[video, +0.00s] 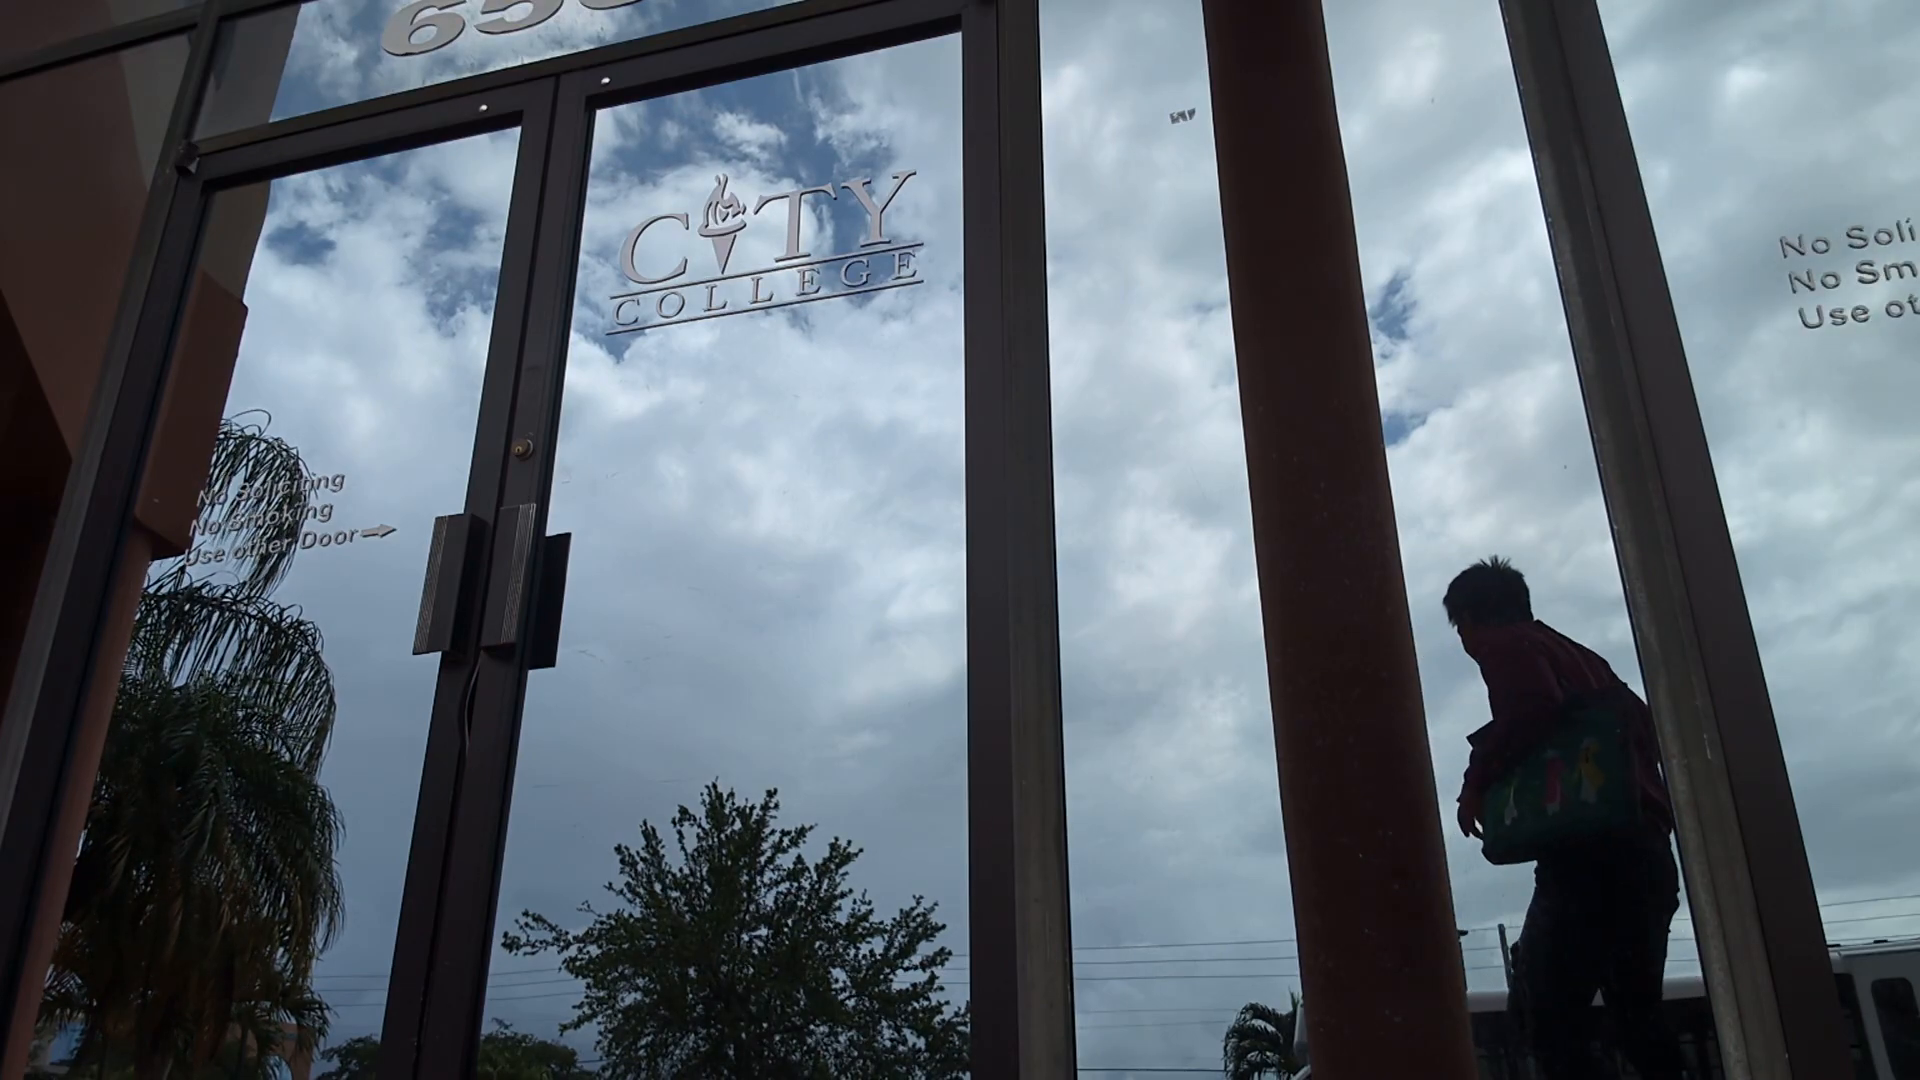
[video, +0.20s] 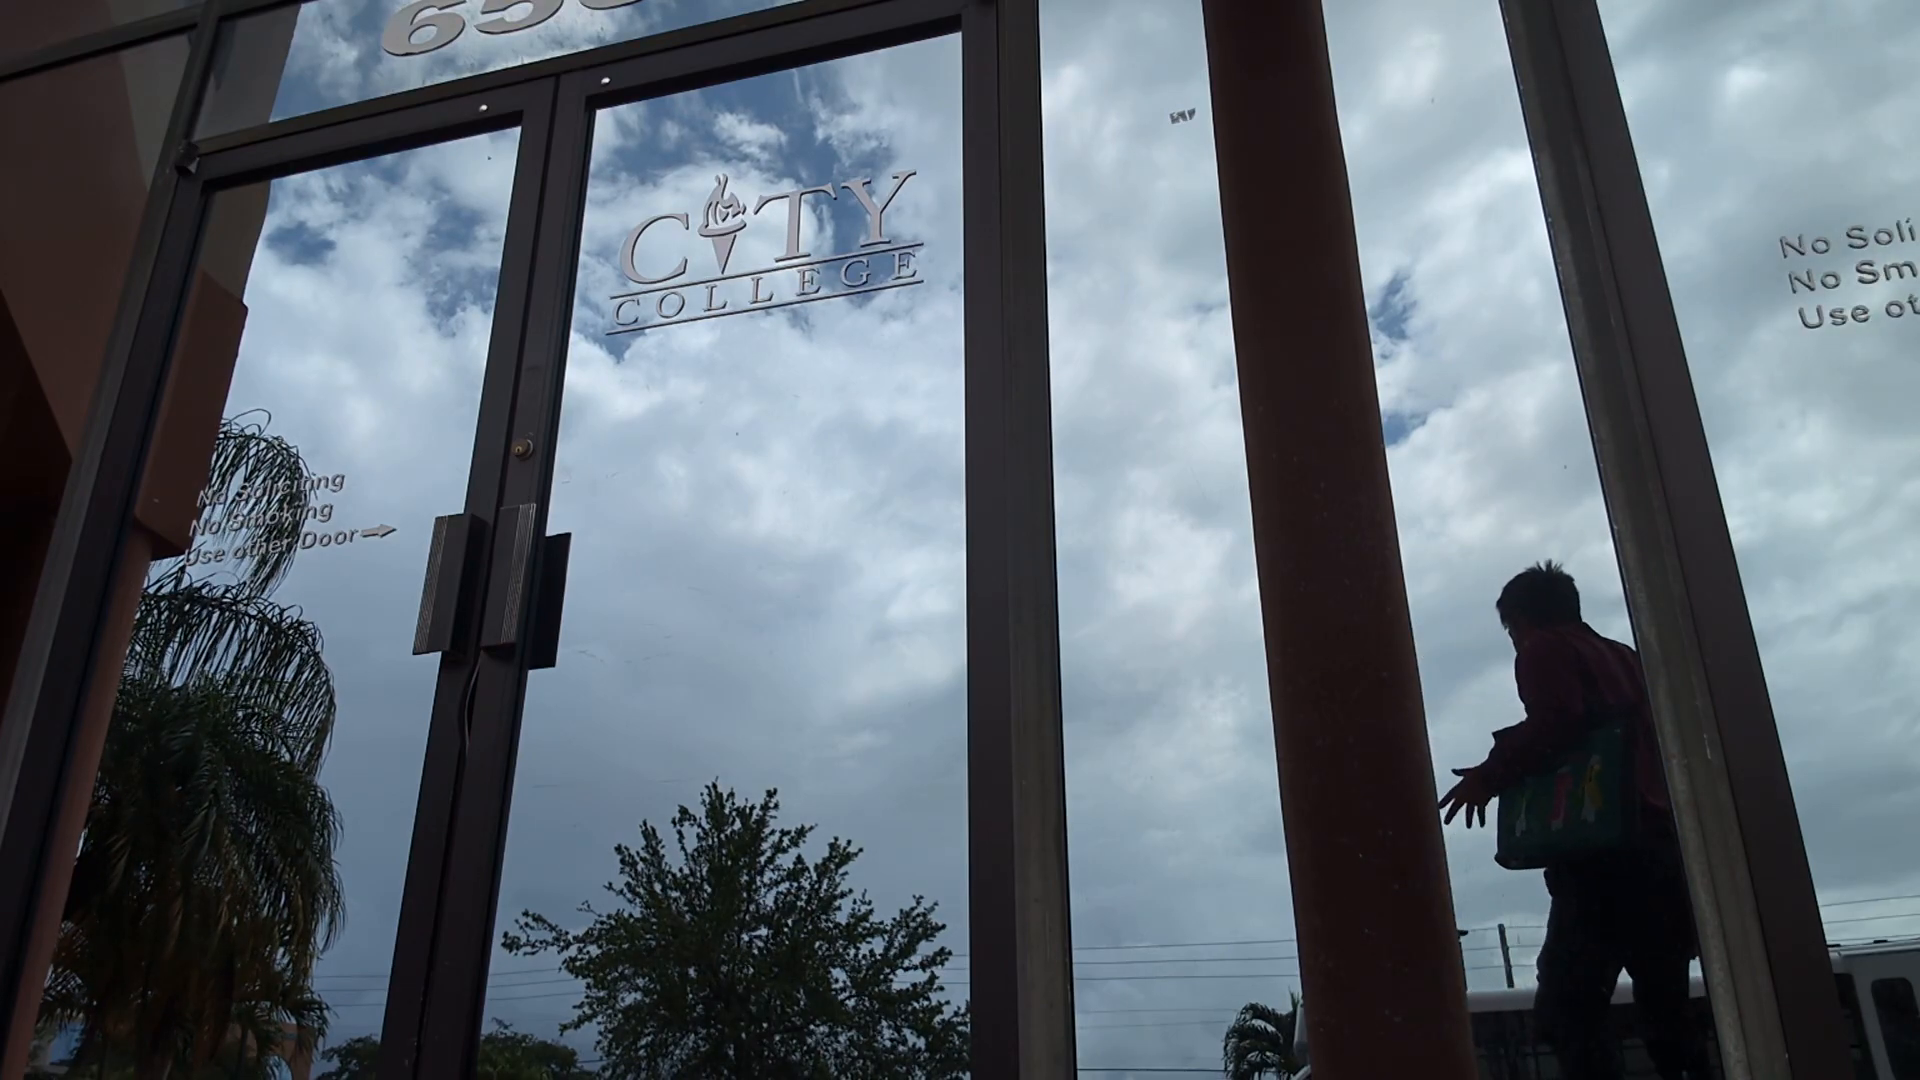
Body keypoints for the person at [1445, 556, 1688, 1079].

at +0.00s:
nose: (1462, 640)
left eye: (1460, 626)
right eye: (1458, 628)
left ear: (1476, 617)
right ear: (1519, 606)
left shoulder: (1503, 643)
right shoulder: (1583, 656)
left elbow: (1534, 706)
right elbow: (1643, 720)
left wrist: (1479, 774)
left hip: (1583, 859)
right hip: (1647, 856)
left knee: (1548, 1011)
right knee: (1636, 1011)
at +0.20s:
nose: (1513, 640)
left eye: (1512, 628)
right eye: (1510, 630)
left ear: (1527, 617)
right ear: (1571, 609)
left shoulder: (1540, 649)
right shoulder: (1625, 656)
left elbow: (1559, 721)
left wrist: (1492, 771)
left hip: (1594, 859)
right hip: (1661, 850)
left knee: (1570, 1004)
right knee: (1666, 1007)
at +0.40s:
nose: (1537, 634)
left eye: (1538, 622)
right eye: (1535, 623)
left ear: (1555, 613)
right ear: (1595, 608)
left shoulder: (1562, 650)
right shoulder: (1636, 654)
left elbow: (1562, 727)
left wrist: (1484, 752)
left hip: (1607, 858)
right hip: (1667, 847)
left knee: (1573, 1000)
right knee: (1687, 997)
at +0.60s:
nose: (1546, 643)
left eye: (1546, 631)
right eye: (1544, 633)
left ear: (1562, 624)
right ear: (1603, 620)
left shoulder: (1566, 662)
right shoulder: (1641, 664)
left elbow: (1541, 730)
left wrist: (1456, 736)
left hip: (1603, 864)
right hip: (1669, 854)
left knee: (1601, 1014)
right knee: (1686, 998)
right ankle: (1702, 1068)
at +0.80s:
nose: (1538, 660)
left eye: (1539, 649)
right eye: (1536, 650)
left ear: (1554, 642)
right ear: (1596, 639)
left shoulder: (1556, 680)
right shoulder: (1638, 681)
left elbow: (1538, 737)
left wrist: (1449, 737)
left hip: (1594, 875)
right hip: (1663, 866)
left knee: (1604, 1027)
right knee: (1689, 1009)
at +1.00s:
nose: (1521, 684)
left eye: (1522, 672)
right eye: (1520, 673)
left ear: (1535, 666)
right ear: (1578, 660)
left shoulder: (1542, 697)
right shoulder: (1633, 706)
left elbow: (1539, 744)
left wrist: (1449, 740)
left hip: (1574, 896)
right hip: (1648, 890)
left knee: (1594, 1039)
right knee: (1673, 1023)